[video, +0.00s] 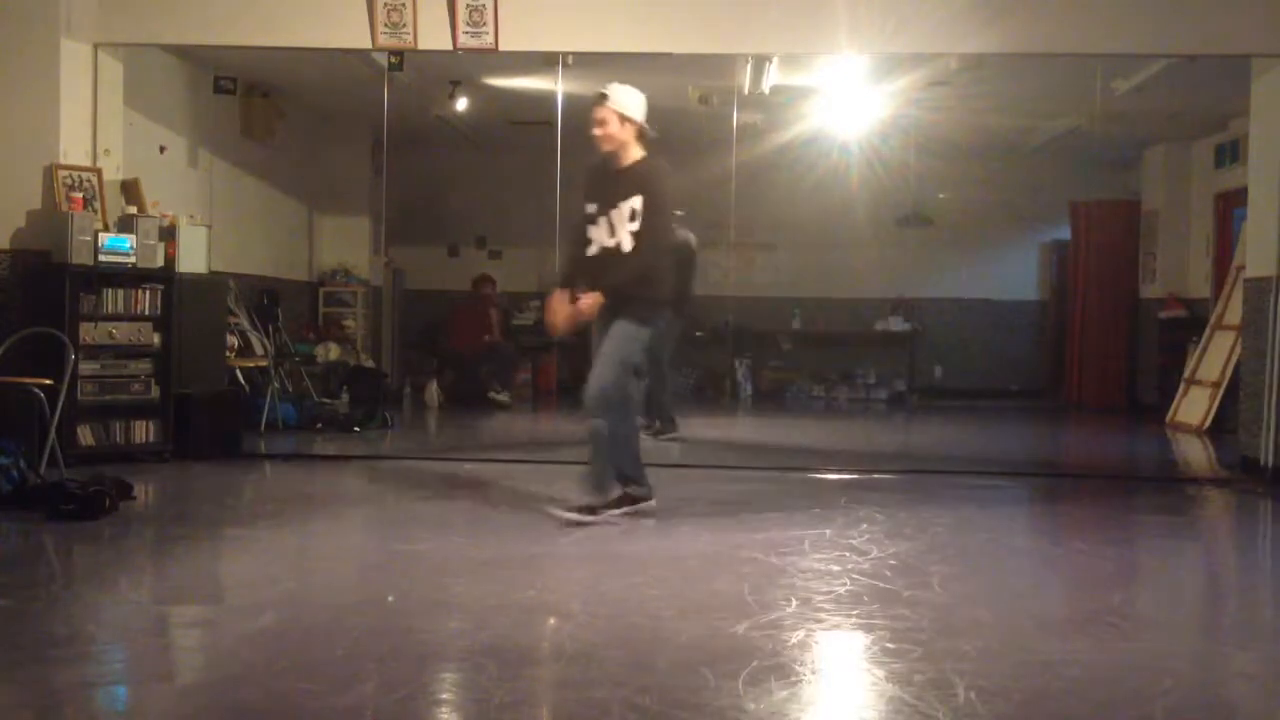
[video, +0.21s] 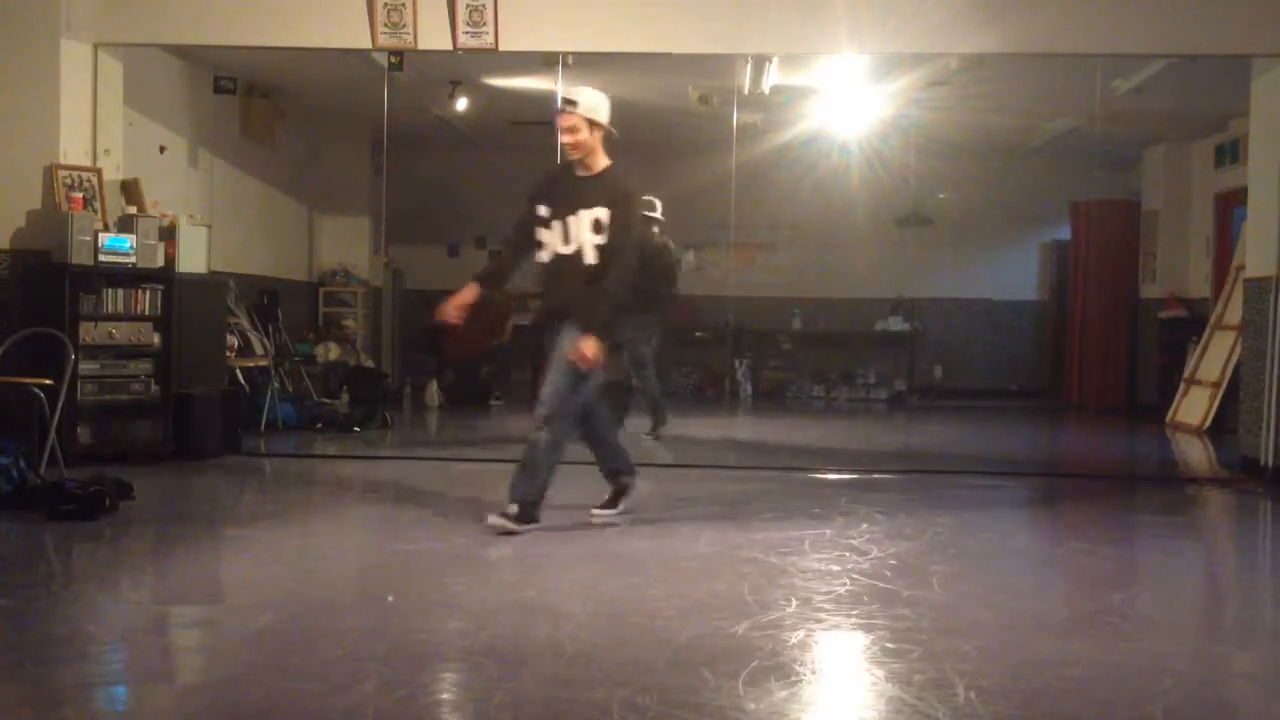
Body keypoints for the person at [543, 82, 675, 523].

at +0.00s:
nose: (596, 131)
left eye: (605, 123)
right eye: (595, 123)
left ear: (632, 126)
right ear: (599, 125)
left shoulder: (653, 175)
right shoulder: (597, 176)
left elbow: (652, 253)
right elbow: (584, 239)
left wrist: (603, 291)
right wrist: (566, 286)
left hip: (643, 300)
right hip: (606, 298)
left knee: (602, 390)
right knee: (612, 393)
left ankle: (614, 489)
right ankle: (631, 487)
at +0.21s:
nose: (565, 139)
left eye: (573, 130)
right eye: (561, 131)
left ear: (599, 131)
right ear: (559, 133)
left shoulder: (621, 191)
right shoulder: (552, 186)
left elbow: (624, 268)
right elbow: (517, 246)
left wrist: (597, 331)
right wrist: (475, 289)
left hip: (594, 316)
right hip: (557, 312)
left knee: (553, 408)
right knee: (586, 403)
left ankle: (525, 505)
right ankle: (621, 477)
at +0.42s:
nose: (534, 125)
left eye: (545, 115)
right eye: (528, 115)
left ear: (569, 117)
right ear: (521, 119)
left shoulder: (589, 182)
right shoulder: (514, 169)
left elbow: (599, 261)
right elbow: (485, 237)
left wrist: (594, 329)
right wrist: (460, 292)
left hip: (552, 311)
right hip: (502, 306)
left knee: (529, 403)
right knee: (483, 393)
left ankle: (522, 506)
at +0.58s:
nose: (501, 117)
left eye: (511, 105)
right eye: (493, 108)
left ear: (536, 107)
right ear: (486, 115)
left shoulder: (563, 172)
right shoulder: (480, 171)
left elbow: (579, 253)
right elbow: (465, 242)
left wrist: (567, 322)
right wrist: (456, 295)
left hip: (531, 313)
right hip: (475, 307)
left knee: (525, 413)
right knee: (449, 404)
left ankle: (517, 508)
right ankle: (435, 509)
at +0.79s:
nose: (451, 129)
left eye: (460, 117)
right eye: (444, 119)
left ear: (488, 111)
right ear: (439, 117)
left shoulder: (524, 173)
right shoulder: (437, 170)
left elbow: (535, 259)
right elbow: (424, 249)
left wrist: (530, 337)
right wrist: (405, 311)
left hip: (494, 319)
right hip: (437, 315)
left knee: (490, 425)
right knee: (417, 428)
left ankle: (506, 491)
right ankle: (430, 531)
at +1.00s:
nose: (448, 87)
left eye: (459, 76)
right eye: (440, 76)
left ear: (480, 77)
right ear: (427, 78)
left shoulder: (510, 146)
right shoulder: (404, 138)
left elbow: (518, 232)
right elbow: (379, 213)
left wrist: (488, 297)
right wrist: (361, 275)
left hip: (468, 297)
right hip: (404, 294)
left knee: (440, 411)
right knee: (407, 416)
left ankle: (454, 520)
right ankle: (424, 527)